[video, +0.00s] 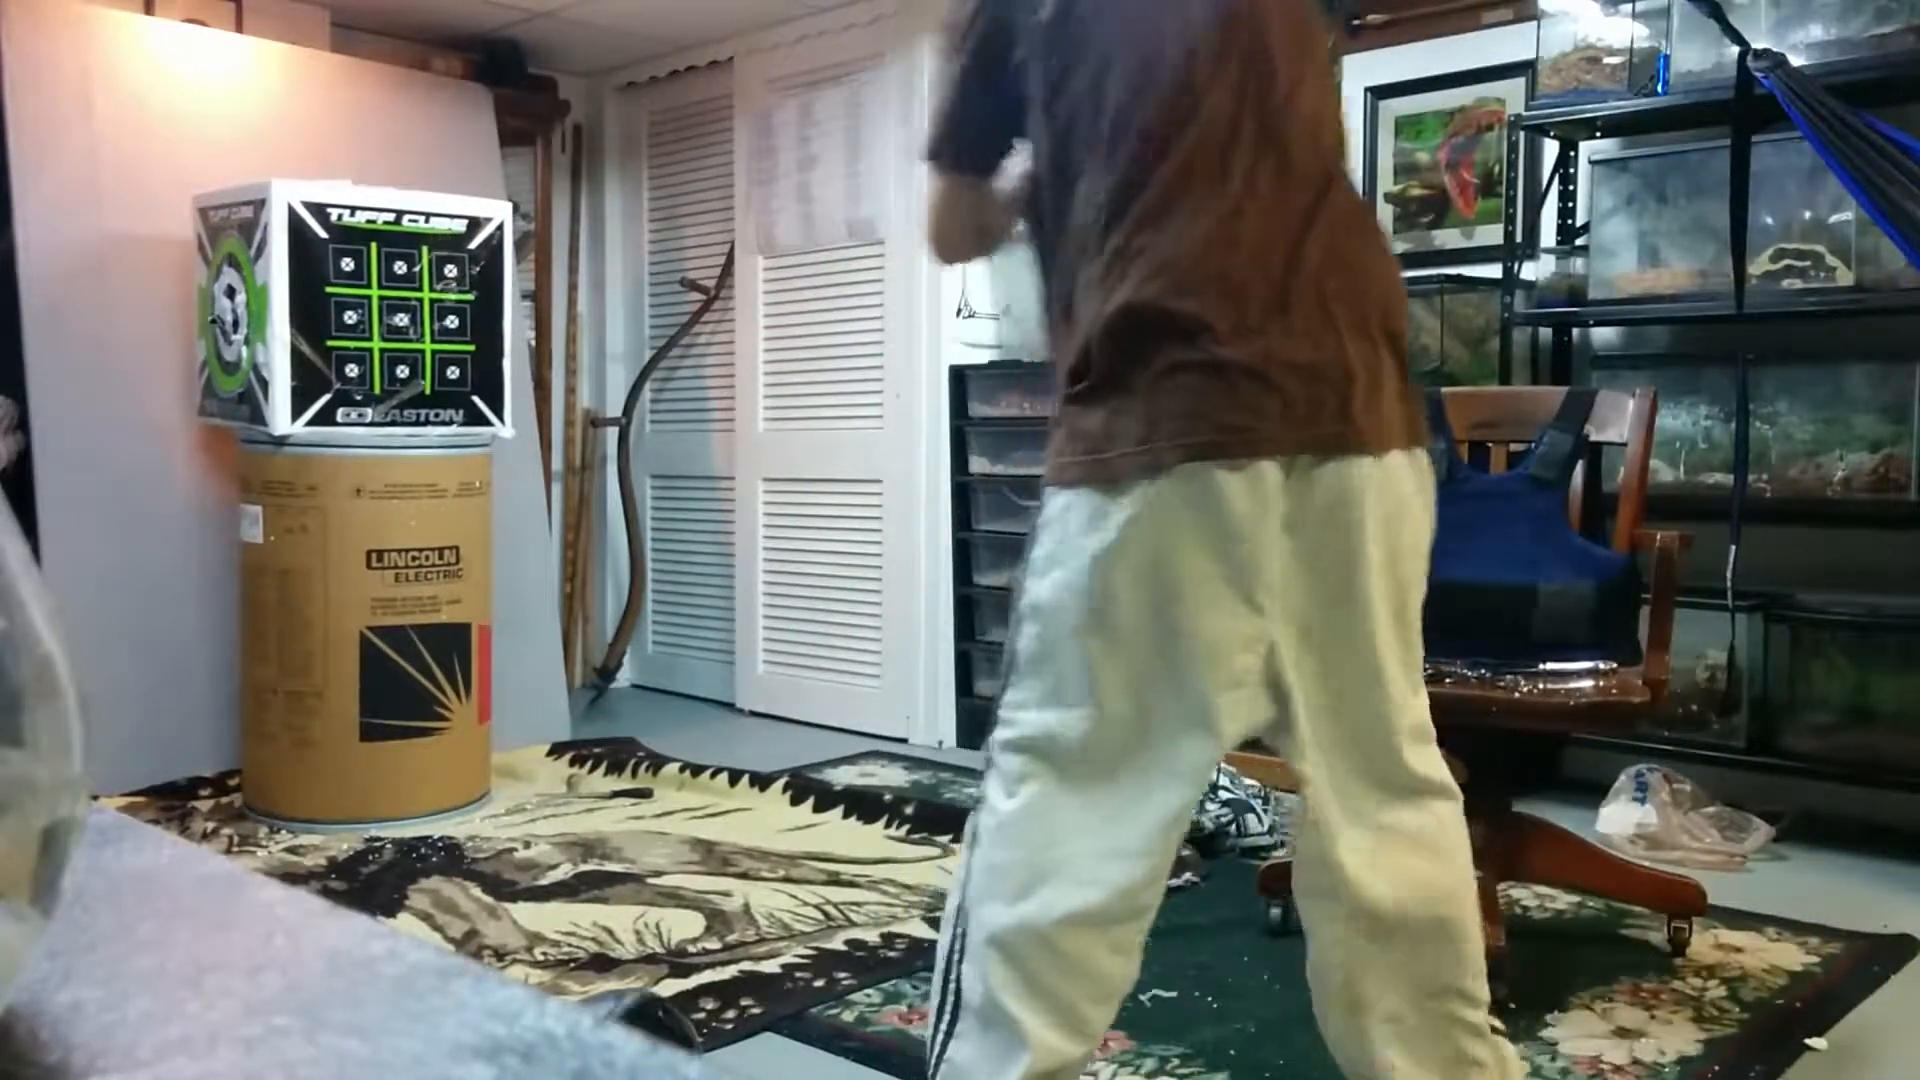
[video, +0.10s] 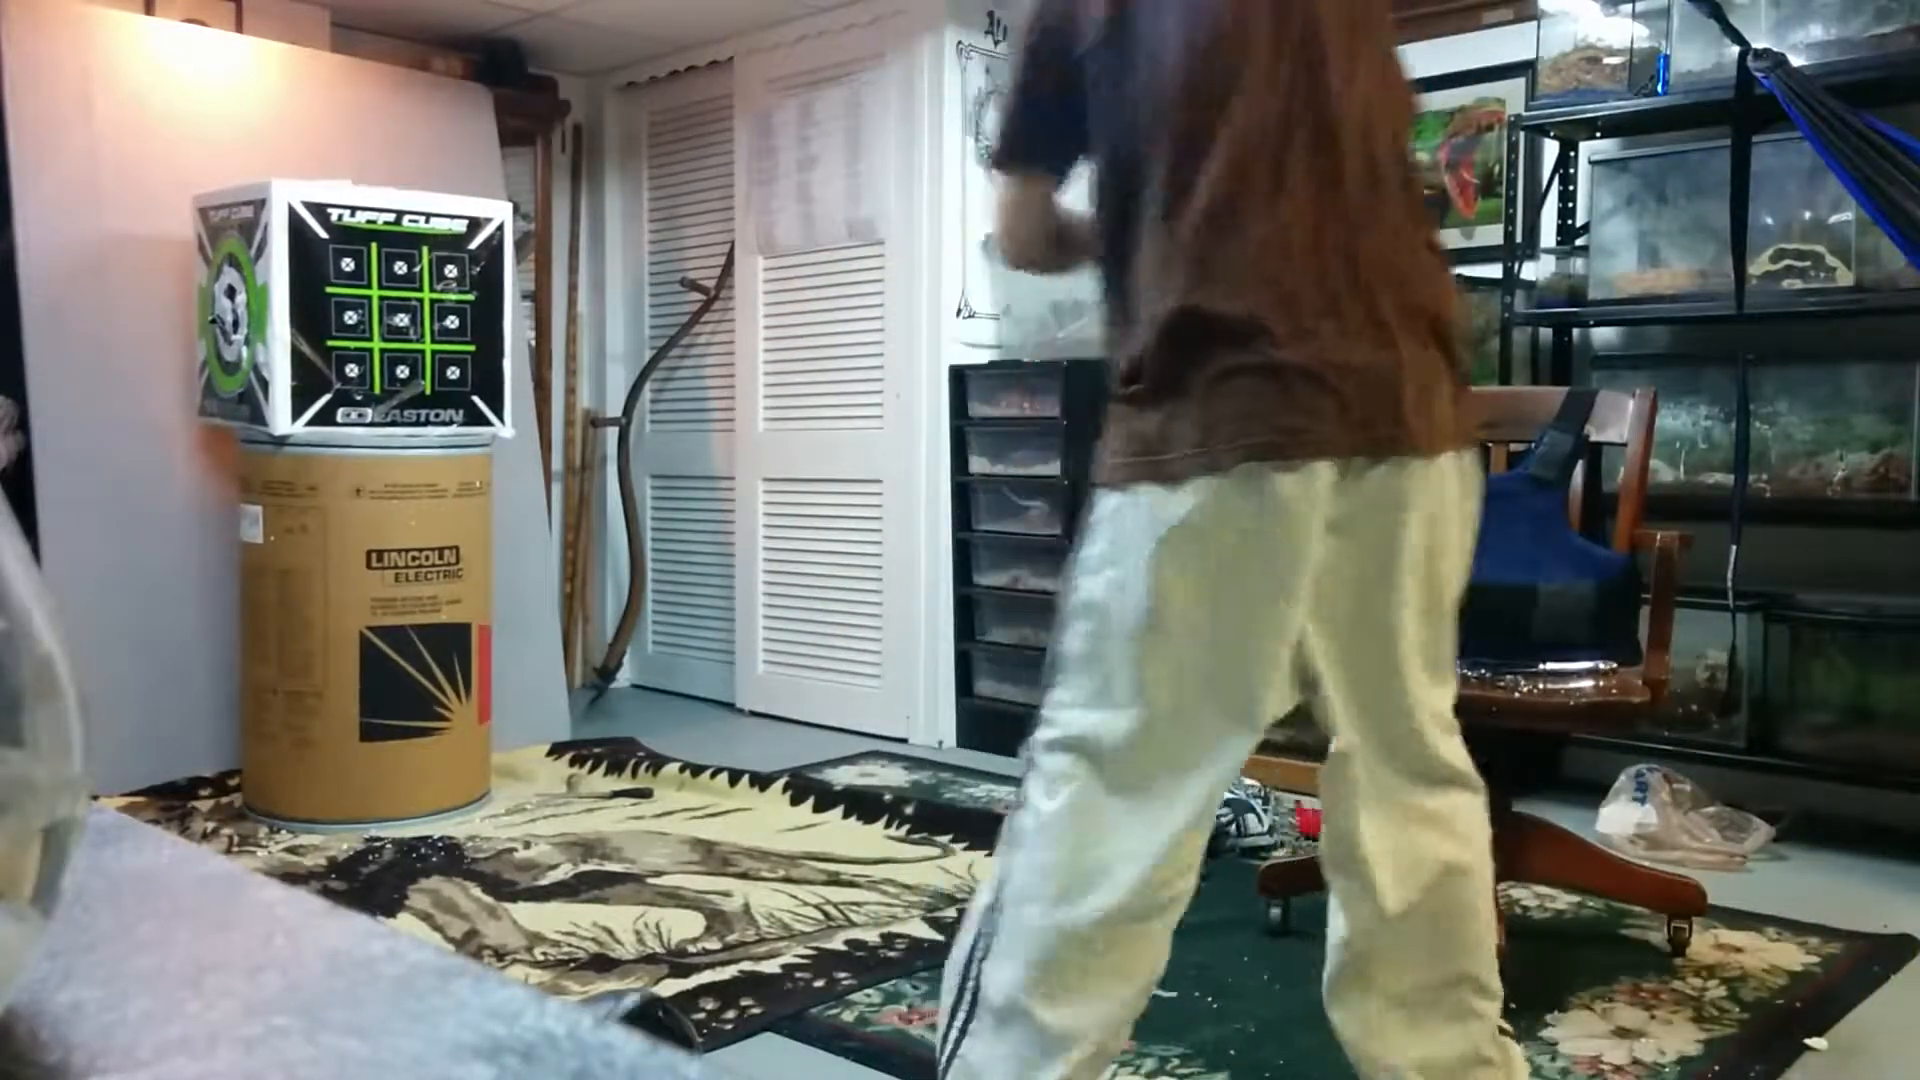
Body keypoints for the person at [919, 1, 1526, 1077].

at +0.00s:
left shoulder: (1022, 8)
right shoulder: (1292, 7)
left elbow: (955, 228)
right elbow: (1490, 6)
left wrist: (1041, 177)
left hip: (1167, 402)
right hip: (1363, 398)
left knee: (1070, 785)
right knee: (1383, 779)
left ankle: (999, 1055)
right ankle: (1444, 1057)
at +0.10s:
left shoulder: (1086, 9)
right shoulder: (1348, 13)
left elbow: (1025, 236)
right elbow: (1499, 2)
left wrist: (1135, 229)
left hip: (1220, 399)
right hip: (1412, 395)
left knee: (1112, 773)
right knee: (1410, 758)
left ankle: (1016, 1056)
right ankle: (1448, 1055)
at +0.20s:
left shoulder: (1151, 7)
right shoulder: (1414, 15)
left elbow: (1091, 231)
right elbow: (1474, 130)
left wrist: (1202, 290)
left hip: (1281, 399)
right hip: (1470, 394)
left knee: (1160, 786)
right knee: (1439, 768)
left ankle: (1045, 1062)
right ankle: (1459, 1059)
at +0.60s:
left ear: (1327, 55)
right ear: (1427, 67)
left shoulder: (1286, 94)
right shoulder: (1517, 138)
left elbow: (1236, 261)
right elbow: (1609, 330)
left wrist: (1290, 414)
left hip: (1393, 374)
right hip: (1578, 398)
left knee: (1295, 760)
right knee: (1491, 757)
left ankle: (1194, 1058)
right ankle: (1464, 1054)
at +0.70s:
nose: (1242, 152)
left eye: (1242, 134)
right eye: (1232, 148)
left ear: (1285, 95)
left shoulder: (1300, 124)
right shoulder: (1520, 170)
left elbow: (1244, 274)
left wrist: (1293, 436)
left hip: (1403, 388)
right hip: (1591, 411)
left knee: (1298, 761)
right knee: (1484, 771)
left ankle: (1191, 1059)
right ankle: (1465, 1057)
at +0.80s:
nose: (1243, 186)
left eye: (1247, 169)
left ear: (1314, 126)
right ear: (1464, 137)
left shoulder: (1301, 135)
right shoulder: (1529, 186)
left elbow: (1248, 282)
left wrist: (1295, 445)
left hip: (1408, 393)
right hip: (1594, 418)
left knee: (1300, 763)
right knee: (1483, 772)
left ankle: (1190, 1059)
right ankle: (1466, 1057)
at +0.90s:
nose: (1242, 174)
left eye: (1248, 156)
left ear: (1305, 123)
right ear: (1464, 134)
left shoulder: (1300, 132)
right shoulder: (1526, 182)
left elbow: (1245, 281)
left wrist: (1293, 446)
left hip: (1407, 392)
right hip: (1594, 416)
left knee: (1298, 760)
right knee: (1482, 770)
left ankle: (1190, 1059)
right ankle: (1465, 1057)